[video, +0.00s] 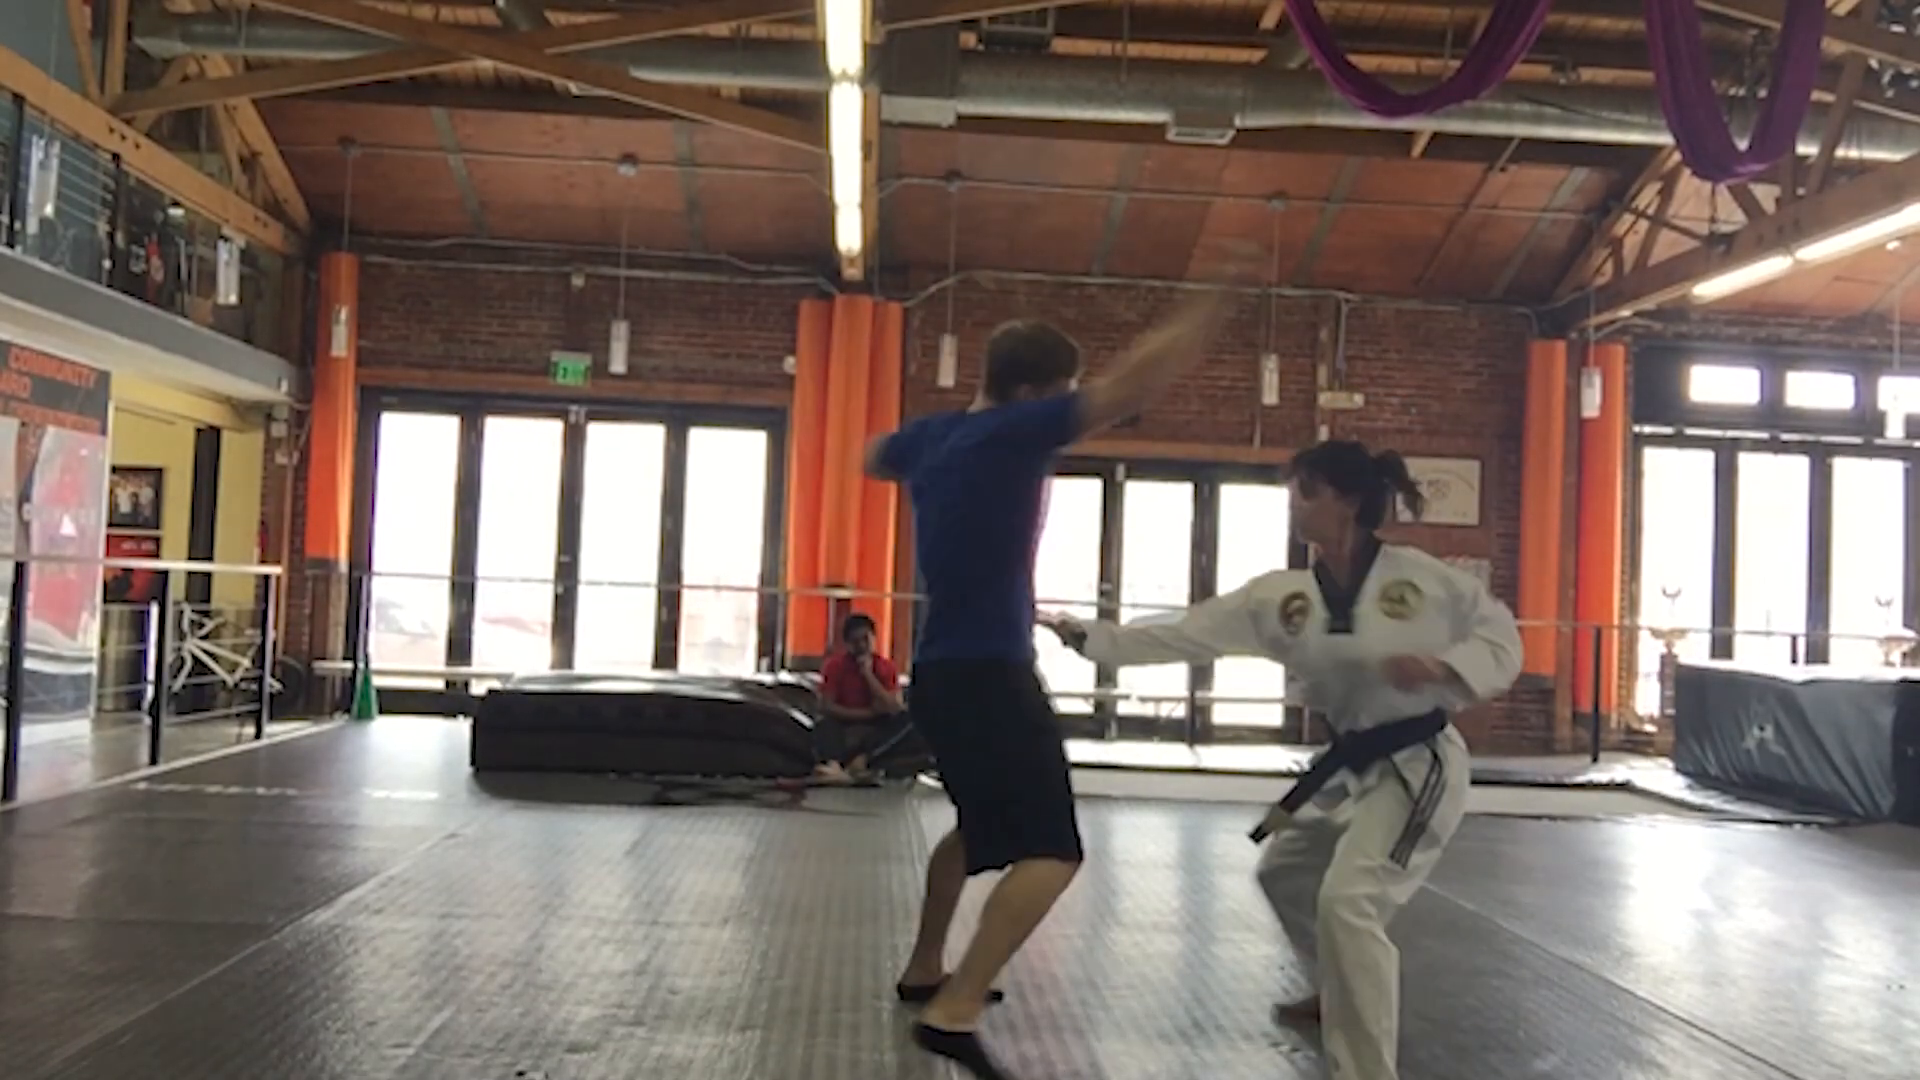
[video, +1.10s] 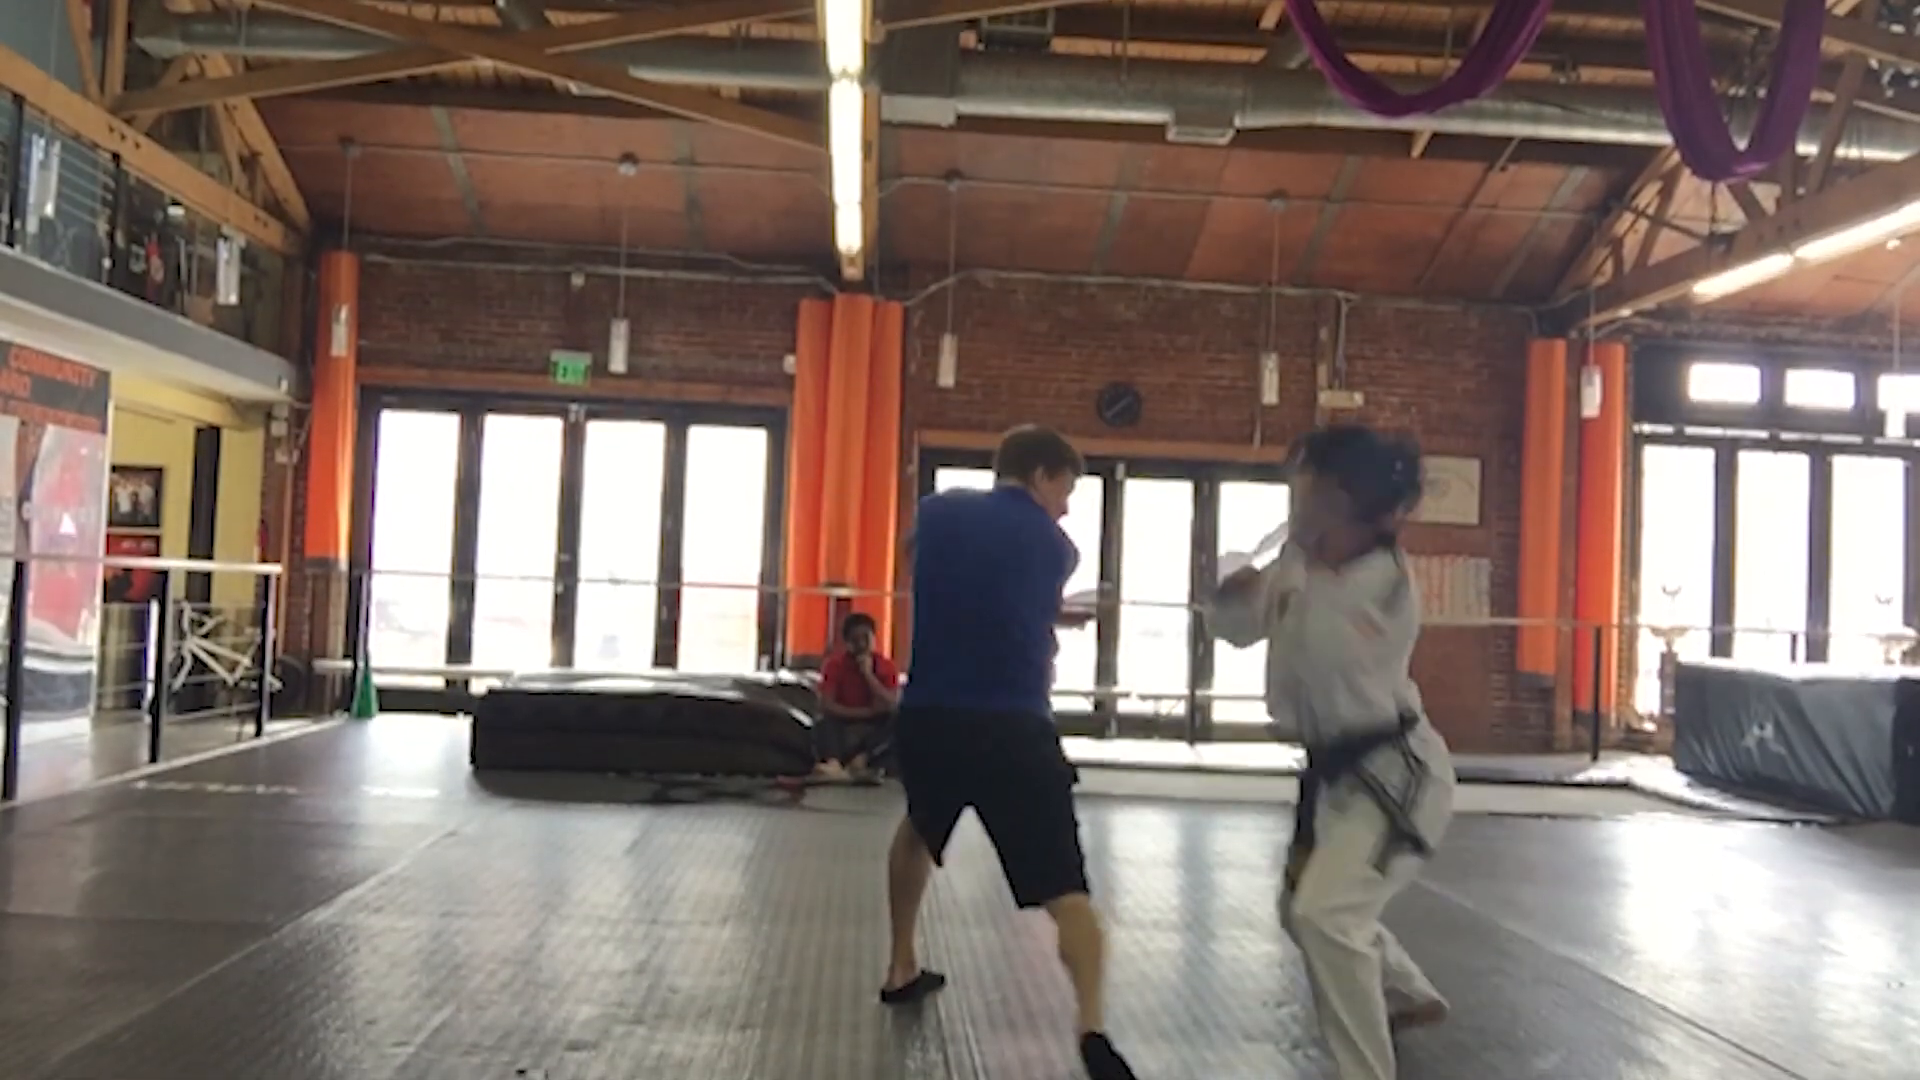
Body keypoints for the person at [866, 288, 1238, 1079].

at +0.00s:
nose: (1070, 397)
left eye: (1068, 386)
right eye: (1065, 386)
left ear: (991, 378)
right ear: (1039, 386)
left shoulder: (931, 437)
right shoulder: (1022, 430)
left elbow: (874, 457)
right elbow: (1128, 382)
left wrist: (941, 430)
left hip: (939, 675)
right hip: (994, 675)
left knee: (978, 827)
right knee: (1055, 852)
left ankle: (925, 968)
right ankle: (956, 1008)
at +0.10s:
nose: (1082, 404)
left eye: (1083, 393)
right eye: (1079, 393)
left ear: (1002, 383)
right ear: (1058, 394)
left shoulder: (931, 429)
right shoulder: (1054, 441)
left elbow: (835, 468)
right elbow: (1146, 430)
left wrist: (911, 481)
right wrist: (1203, 358)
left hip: (927, 665)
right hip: (997, 669)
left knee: (957, 814)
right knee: (1048, 849)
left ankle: (925, 963)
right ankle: (1013, 1043)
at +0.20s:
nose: (1085, 431)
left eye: (1088, 419)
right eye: (1084, 418)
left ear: (1013, 409)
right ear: (1060, 417)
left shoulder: (944, 441)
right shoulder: (1063, 478)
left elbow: (845, 491)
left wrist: (914, 509)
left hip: (923, 674)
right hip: (999, 682)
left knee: (938, 820)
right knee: (1055, 863)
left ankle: (908, 974)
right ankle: (1017, 1051)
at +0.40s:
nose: (1065, 525)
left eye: (1073, 514)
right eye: (1071, 510)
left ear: (1017, 467)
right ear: (1048, 482)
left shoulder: (937, 482)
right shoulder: (1048, 543)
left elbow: (880, 580)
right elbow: (1010, 621)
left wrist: (949, 617)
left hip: (922, 709)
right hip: (1003, 715)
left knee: (944, 823)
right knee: (1080, 879)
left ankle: (909, 974)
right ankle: (1058, 1026)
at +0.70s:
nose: (1060, 492)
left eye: (1063, 484)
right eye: (1064, 483)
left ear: (1016, 441)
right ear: (1052, 470)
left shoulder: (931, 470)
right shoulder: (1038, 514)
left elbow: (856, 529)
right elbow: (1115, 572)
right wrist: (1065, 558)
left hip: (904, 692)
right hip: (988, 695)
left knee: (931, 825)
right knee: (1065, 853)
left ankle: (909, 972)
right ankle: (1097, 991)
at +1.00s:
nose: (1066, 474)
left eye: (1068, 462)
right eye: (1067, 462)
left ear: (1000, 448)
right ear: (1048, 459)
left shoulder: (938, 502)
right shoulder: (1059, 537)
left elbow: (865, 596)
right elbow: (1049, 621)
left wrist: (921, 633)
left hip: (927, 712)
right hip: (1012, 726)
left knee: (914, 828)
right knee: (1055, 886)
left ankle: (899, 969)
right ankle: (1070, 1017)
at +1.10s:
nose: (1067, 504)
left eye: (1070, 492)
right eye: (1066, 490)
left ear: (1003, 472)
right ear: (1041, 477)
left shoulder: (933, 511)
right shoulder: (1054, 544)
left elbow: (920, 584)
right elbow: (1035, 618)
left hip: (928, 724)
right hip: (1015, 734)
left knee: (921, 823)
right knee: (1066, 891)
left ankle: (900, 968)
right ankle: (1092, 1028)